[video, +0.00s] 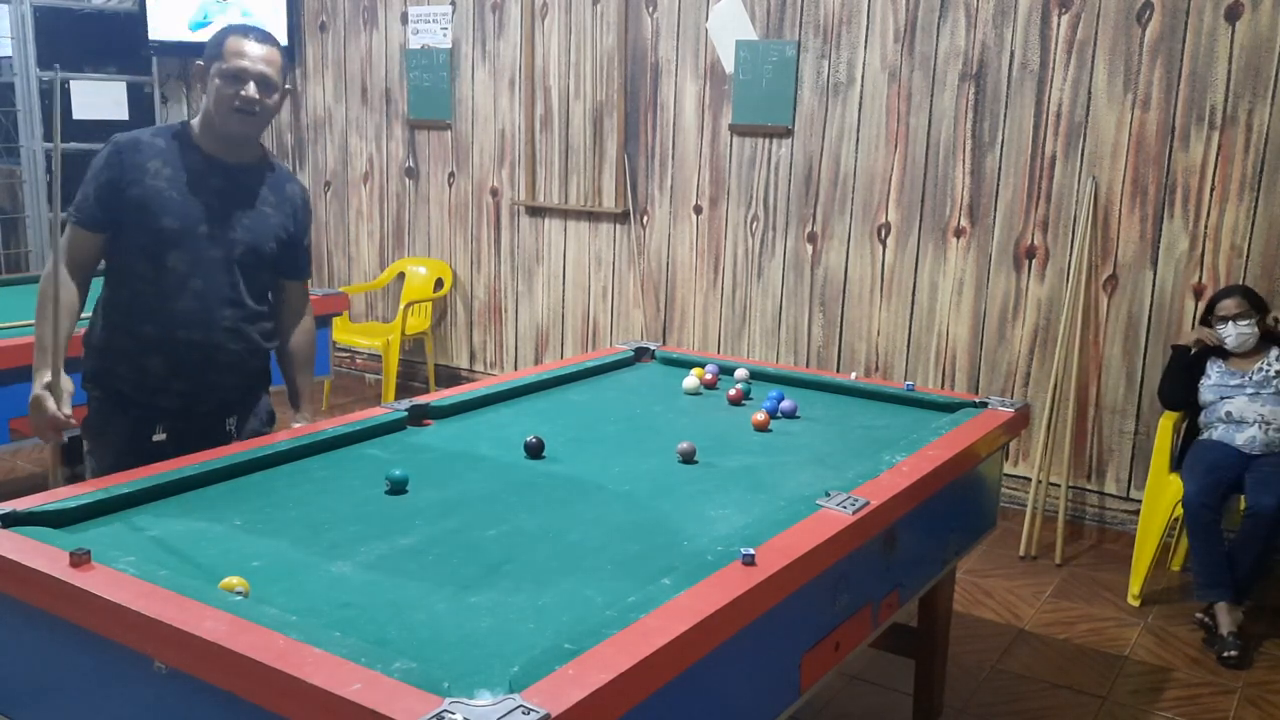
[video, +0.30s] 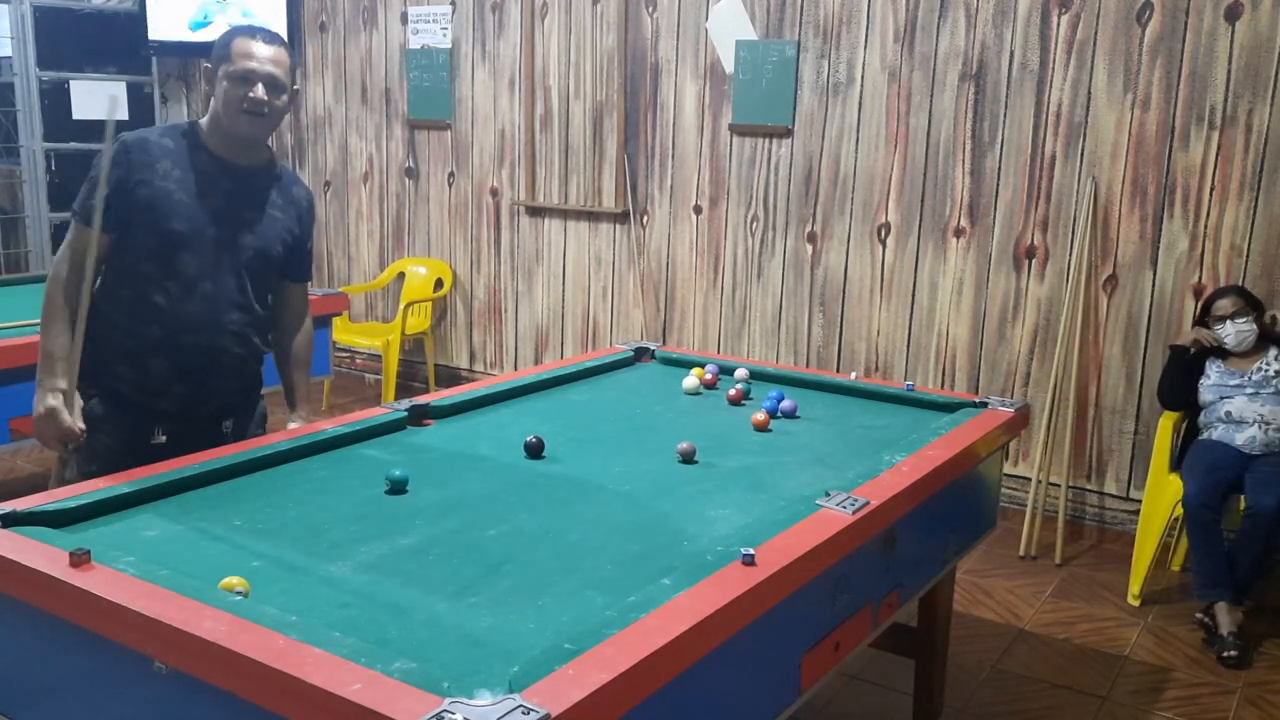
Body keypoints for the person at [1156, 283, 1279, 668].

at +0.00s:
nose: (1233, 326)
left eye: (1242, 318)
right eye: (1223, 320)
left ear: (1262, 321)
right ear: (1211, 326)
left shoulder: (1276, 355)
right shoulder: (1205, 361)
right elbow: (1171, 400)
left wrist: (1276, 331)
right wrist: (1188, 348)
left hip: (1271, 450)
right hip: (1218, 443)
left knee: (1268, 511)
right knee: (1197, 499)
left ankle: (1221, 604)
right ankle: (1224, 612)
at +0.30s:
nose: (1232, 326)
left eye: (1240, 316)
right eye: (1221, 320)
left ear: (1258, 319)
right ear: (1209, 327)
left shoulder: (1276, 355)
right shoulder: (1205, 361)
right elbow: (1171, 400)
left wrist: (1277, 335)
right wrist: (1186, 348)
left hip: (1272, 449)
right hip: (1218, 443)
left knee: (1268, 511)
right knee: (1197, 498)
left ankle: (1221, 605)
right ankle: (1224, 612)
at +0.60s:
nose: (1233, 324)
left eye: (1240, 315)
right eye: (1222, 318)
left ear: (1257, 317)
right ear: (1208, 326)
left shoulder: (1275, 353)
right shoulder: (1204, 360)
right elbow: (1171, 400)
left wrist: (1276, 334)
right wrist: (1186, 348)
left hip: (1271, 449)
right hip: (1218, 443)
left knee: (1268, 512)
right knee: (1197, 499)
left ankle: (1222, 604)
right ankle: (1225, 612)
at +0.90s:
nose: (1234, 324)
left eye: (1240, 315)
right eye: (1222, 319)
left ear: (1257, 317)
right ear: (1208, 327)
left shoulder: (1275, 353)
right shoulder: (1204, 361)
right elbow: (1171, 401)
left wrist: (1278, 327)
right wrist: (1185, 349)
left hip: (1272, 447)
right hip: (1219, 442)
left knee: (1259, 508)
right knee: (1203, 498)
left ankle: (1222, 603)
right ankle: (1225, 613)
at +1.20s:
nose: (1233, 324)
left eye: (1240, 315)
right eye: (1221, 320)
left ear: (1255, 317)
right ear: (1208, 328)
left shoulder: (1275, 353)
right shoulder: (1205, 362)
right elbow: (1171, 400)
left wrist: (1278, 329)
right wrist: (1185, 349)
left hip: (1272, 447)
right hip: (1220, 442)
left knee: (1256, 512)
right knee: (1198, 501)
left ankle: (1221, 605)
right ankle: (1226, 617)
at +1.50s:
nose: (1235, 326)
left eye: (1242, 315)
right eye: (1222, 322)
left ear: (1255, 315)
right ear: (1209, 330)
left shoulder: (1273, 353)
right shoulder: (1203, 361)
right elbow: (1171, 402)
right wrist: (1185, 347)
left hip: (1270, 447)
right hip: (1218, 442)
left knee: (1267, 503)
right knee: (1198, 495)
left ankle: (1263, 573)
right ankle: (1206, 571)